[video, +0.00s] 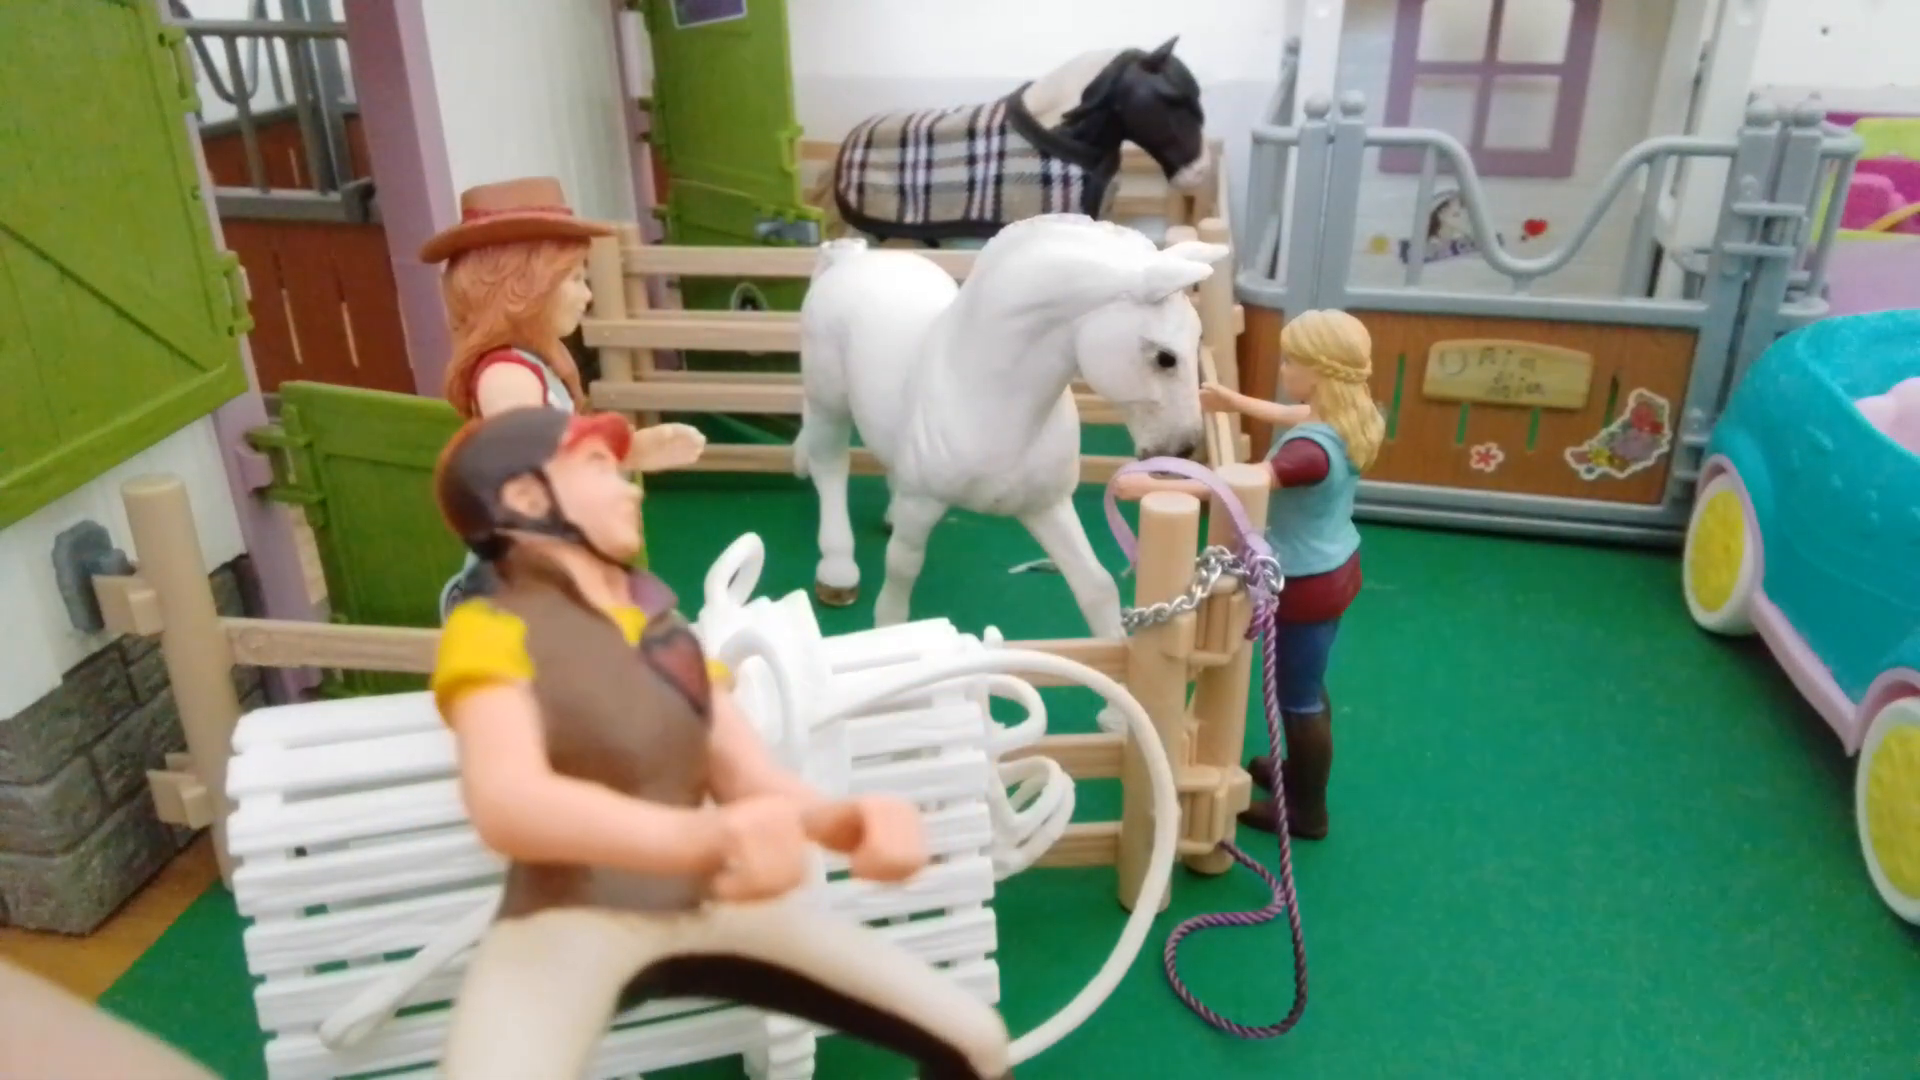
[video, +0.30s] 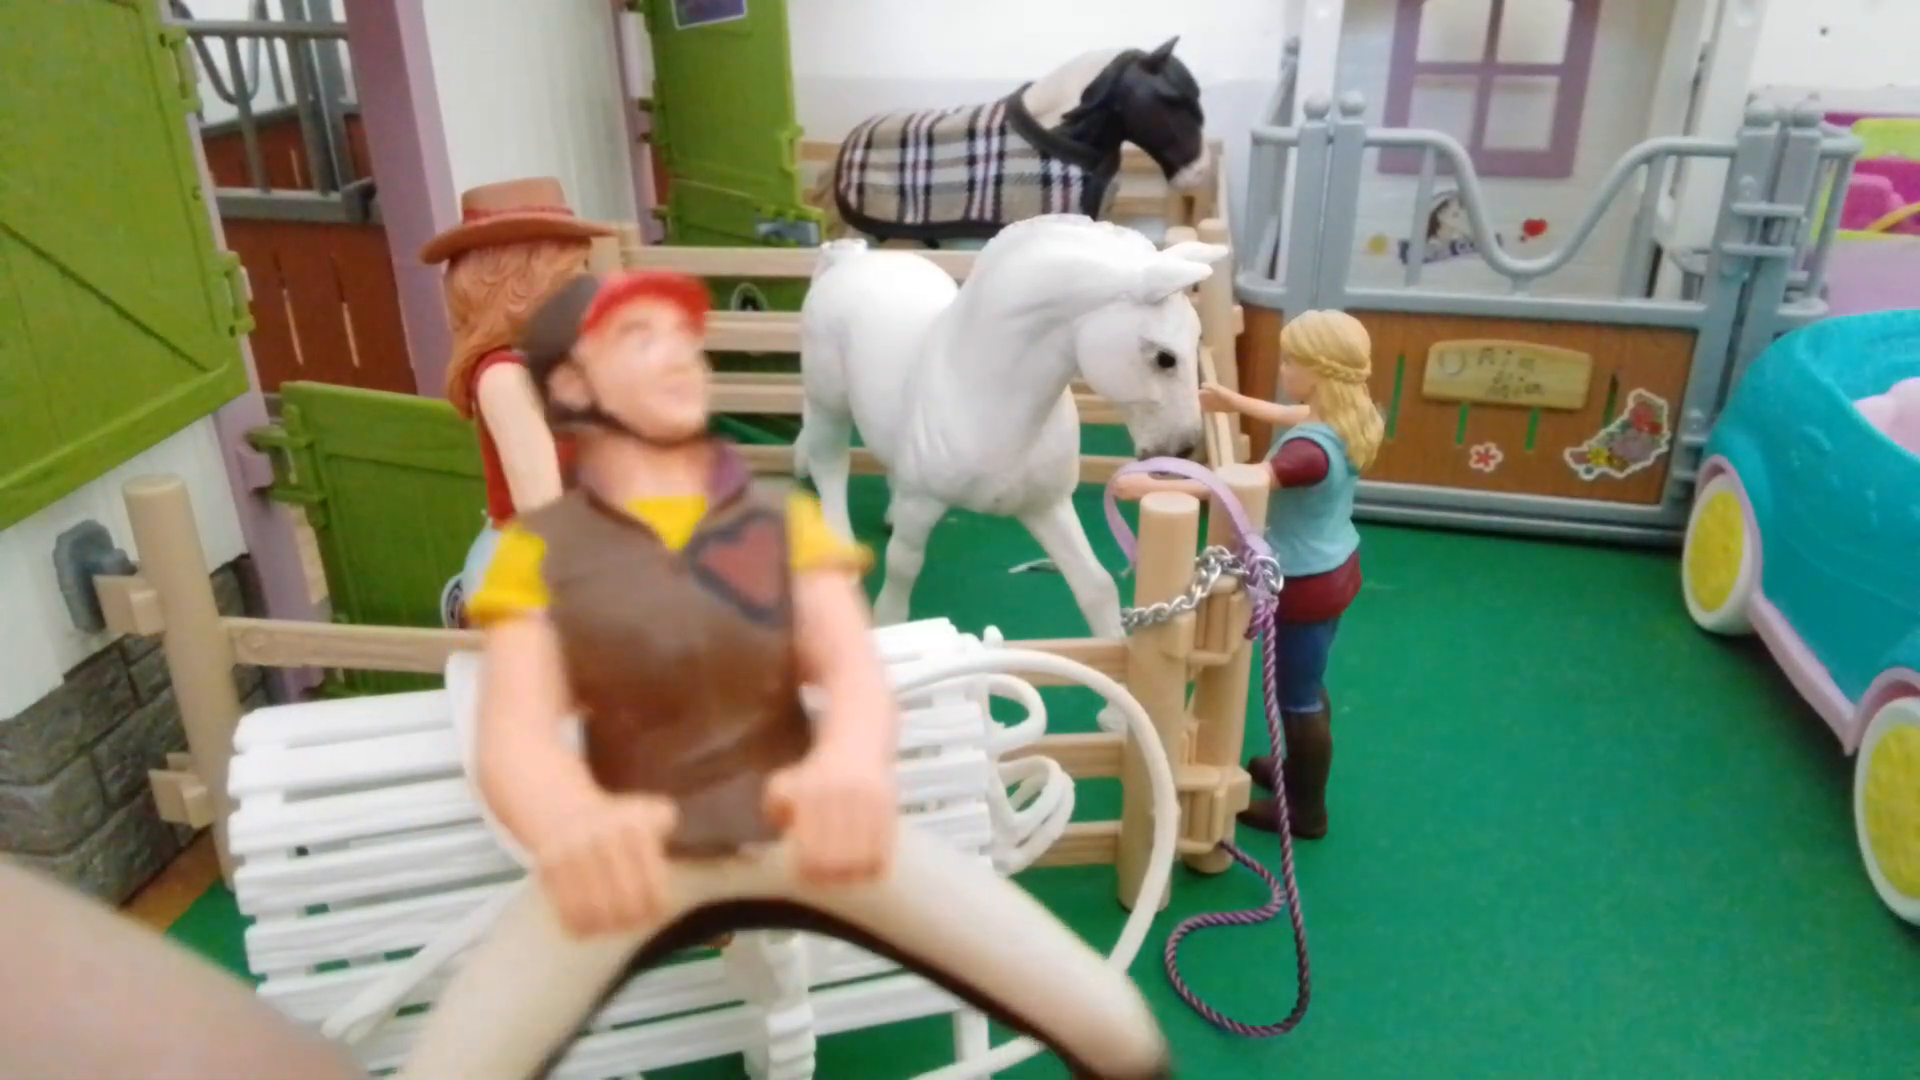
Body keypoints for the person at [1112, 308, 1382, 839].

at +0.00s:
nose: (1282, 370)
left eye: (1290, 361)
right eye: (1285, 359)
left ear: (1319, 372)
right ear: (1337, 372)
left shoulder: (1316, 447)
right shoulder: (1349, 417)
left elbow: (1248, 478)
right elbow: (1292, 416)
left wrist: (1160, 483)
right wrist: (1238, 401)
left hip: (1304, 588)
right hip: (1331, 567)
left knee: (1300, 701)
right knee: (1301, 682)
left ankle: (1304, 813)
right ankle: (1299, 775)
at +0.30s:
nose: (1282, 370)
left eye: (1290, 361)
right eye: (1284, 359)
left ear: (1318, 372)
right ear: (1337, 372)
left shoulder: (1315, 448)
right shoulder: (1348, 417)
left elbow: (1247, 479)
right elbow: (1289, 416)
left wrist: (1160, 484)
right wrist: (1236, 401)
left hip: (1304, 588)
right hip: (1331, 568)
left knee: (1299, 699)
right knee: (1301, 682)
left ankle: (1304, 812)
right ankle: (1299, 774)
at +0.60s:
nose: (1281, 370)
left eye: (1289, 361)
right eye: (1284, 360)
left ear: (1319, 372)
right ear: (1337, 372)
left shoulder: (1315, 447)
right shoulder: (1349, 417)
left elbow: (1248, 479)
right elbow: (1290, 415)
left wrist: (1159, 485)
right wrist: (1237, 401)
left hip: (1304, 588)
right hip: (1331, 568)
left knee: (1299, 698)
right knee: (1301, 681)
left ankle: (1303, 812)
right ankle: (1298, 775)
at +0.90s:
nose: (1282, 370)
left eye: (1290, 361)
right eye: (1284, 359)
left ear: (1319, 372)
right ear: (1337, 373)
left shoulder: (1315, 448)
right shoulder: (1349, 418)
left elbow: (1247, 478)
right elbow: (1289, 415)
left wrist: (1159, 485)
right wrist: (1236, 400)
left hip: (1304, 588)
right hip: (1333, 567)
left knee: (1299, 700)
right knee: (1301, 681)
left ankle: (1303, 812)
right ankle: (1299, 772)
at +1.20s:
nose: (1281, 370)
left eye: (1290, 361)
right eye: (1284, 359)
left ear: (1319, 372)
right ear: (1334, 374)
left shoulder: (1314, 447)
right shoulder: (1346, 418)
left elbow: (1242, 480)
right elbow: (1287, 416)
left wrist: (1158, 485)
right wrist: (1235, 400)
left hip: (1304, 588)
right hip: (1331, 567)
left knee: (1300, 699)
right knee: (1301, 681)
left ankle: (1304, 812)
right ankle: (1299, 774)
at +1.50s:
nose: (1283, 369)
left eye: (1291, 360)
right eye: (1285, 359)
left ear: (1321, 371)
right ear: (1338, 371)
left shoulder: (1316, 447)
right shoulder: (1349, 416)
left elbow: (1246, 478)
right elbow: (1289, 415)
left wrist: (1160, 484)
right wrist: (1235, 399)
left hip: (1306, 588)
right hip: (1332, 566)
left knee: (1301, 702)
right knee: (1302, 683)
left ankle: (1305, 813)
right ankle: (1300, 775)